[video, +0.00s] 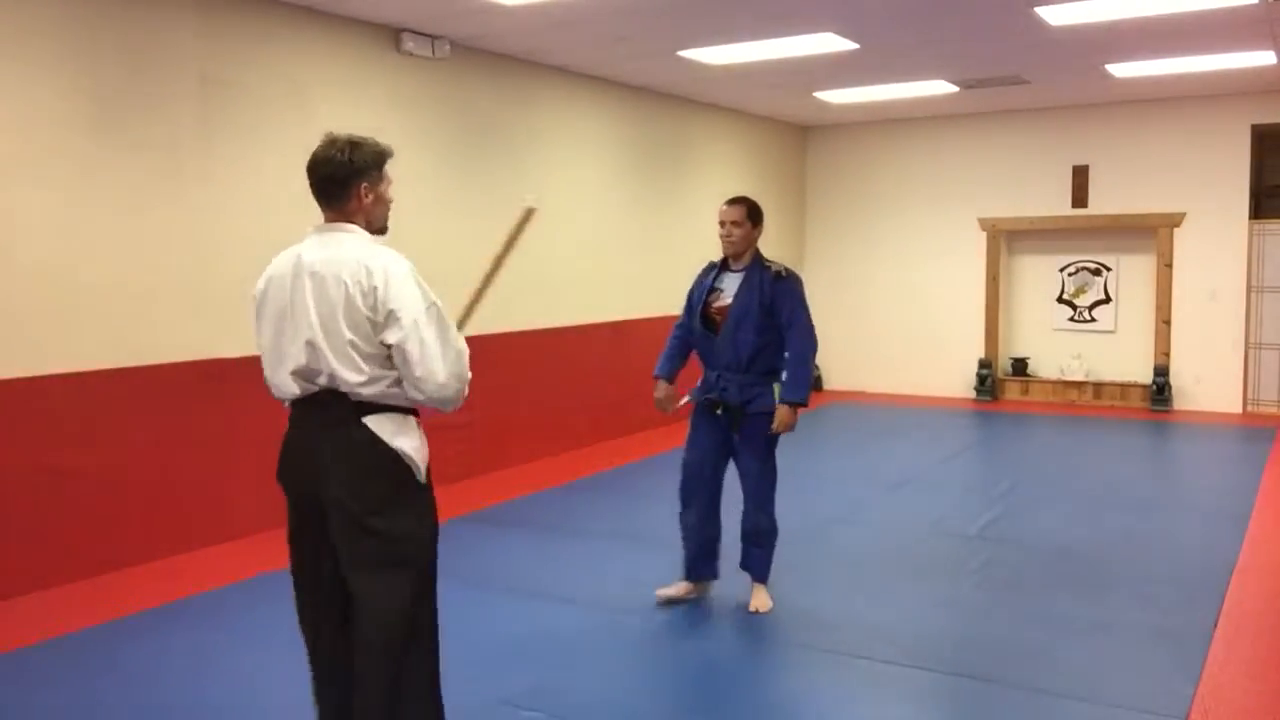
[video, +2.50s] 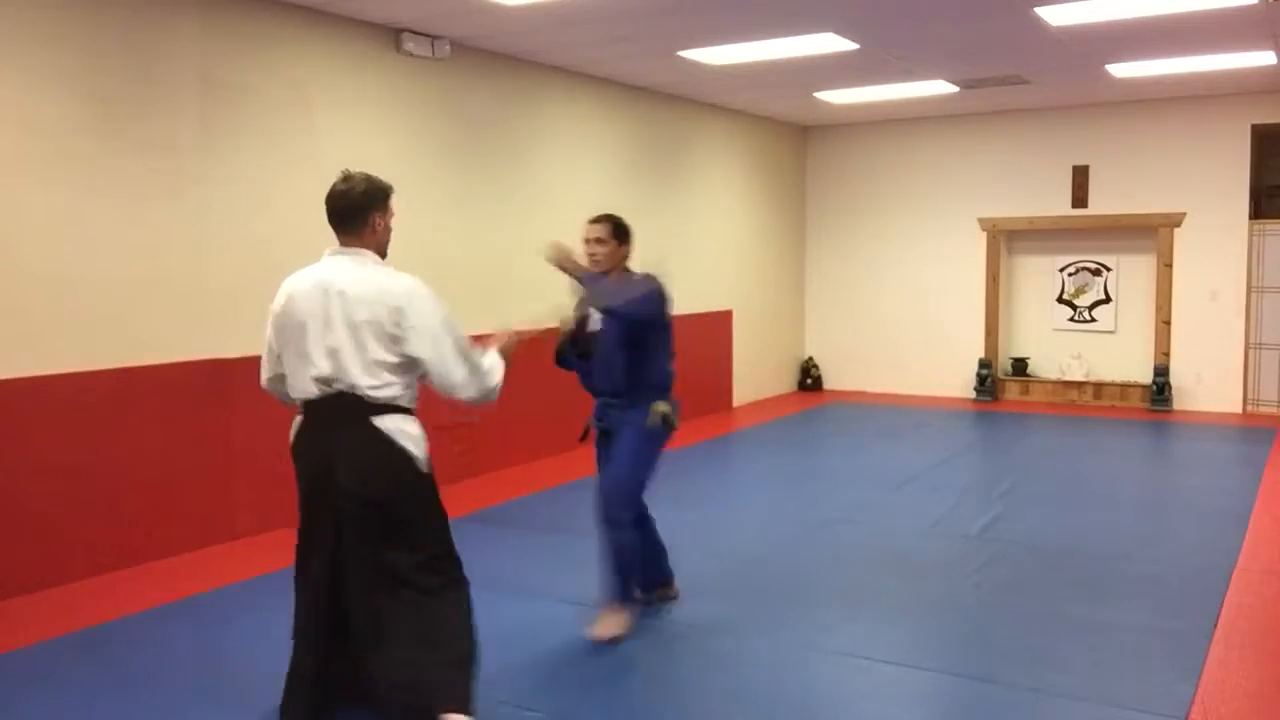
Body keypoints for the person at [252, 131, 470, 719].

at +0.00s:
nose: (391, 195)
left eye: (388, 183)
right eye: (384, 184)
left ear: (328, 196)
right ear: (361, 193)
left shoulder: (277, 273)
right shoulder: (385, 269)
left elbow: (281, 371)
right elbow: (443, 383)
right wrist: (439, 335)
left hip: (304, 450)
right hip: (377, 453)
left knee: (326, 617)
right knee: (394, 619)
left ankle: (338, 713)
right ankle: (398, 714)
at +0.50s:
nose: (402, 194)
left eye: (399, 183)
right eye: (395, 184)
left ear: (348, 194)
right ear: (368, 190)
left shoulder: (299, 264)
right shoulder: (380, 256)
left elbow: (289, 371)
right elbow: (421, 357)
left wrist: (312, 432)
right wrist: (511, 377)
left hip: (316, 433)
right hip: (377, 431)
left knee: (326, 589)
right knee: (402, 584)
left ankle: (329, 709)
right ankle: (414, 706)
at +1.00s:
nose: (427, 199)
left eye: (425, 188)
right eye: (420, 189)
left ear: (372, 198)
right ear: (397, 196)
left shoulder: (319, 261)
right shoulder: (401, 263)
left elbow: (295, 359)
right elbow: (428, 374)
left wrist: (316, 423)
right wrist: (488, 423)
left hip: (328, 419)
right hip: (384, 424)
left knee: (336, 567)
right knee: (407, 565)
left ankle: (318, 700)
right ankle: (412, 702)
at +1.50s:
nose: (393, 203)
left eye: (390, 192)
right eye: (387, 193)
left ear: (342, 201)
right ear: (361, 200)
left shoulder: (299, 259)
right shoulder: (359, 264)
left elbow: (283, 348)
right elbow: (380, 366)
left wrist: (333, 384)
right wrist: (418, 449)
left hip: (294, 425)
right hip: (344, 431)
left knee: (302, 565)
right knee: (371, 568)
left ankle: (299, 695)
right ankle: (379, 700)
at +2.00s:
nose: (384, 198)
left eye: (380, 187)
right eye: (376, 189)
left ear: (334, 200)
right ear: (351, 199)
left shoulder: (297, 256)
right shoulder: (348, 266)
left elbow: (290, 343)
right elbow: (371, 368)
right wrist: (406, 450)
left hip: (303, 418)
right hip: (347, 426)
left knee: (309, 560)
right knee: (363, 565)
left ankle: (305, 696)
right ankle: (358, 703)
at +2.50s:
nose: (393, 226)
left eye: (391, 216)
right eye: (390, 218)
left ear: (334, 225)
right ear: (376, 222)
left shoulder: (293, 290)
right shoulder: (401, 291)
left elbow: (275, 379)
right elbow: (463, 381)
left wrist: (323, 400)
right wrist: (494, 355)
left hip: (317, 445)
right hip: (387, 444)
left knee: (324, 576)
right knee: (431, 574)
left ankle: (315, 706)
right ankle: (449, 704)